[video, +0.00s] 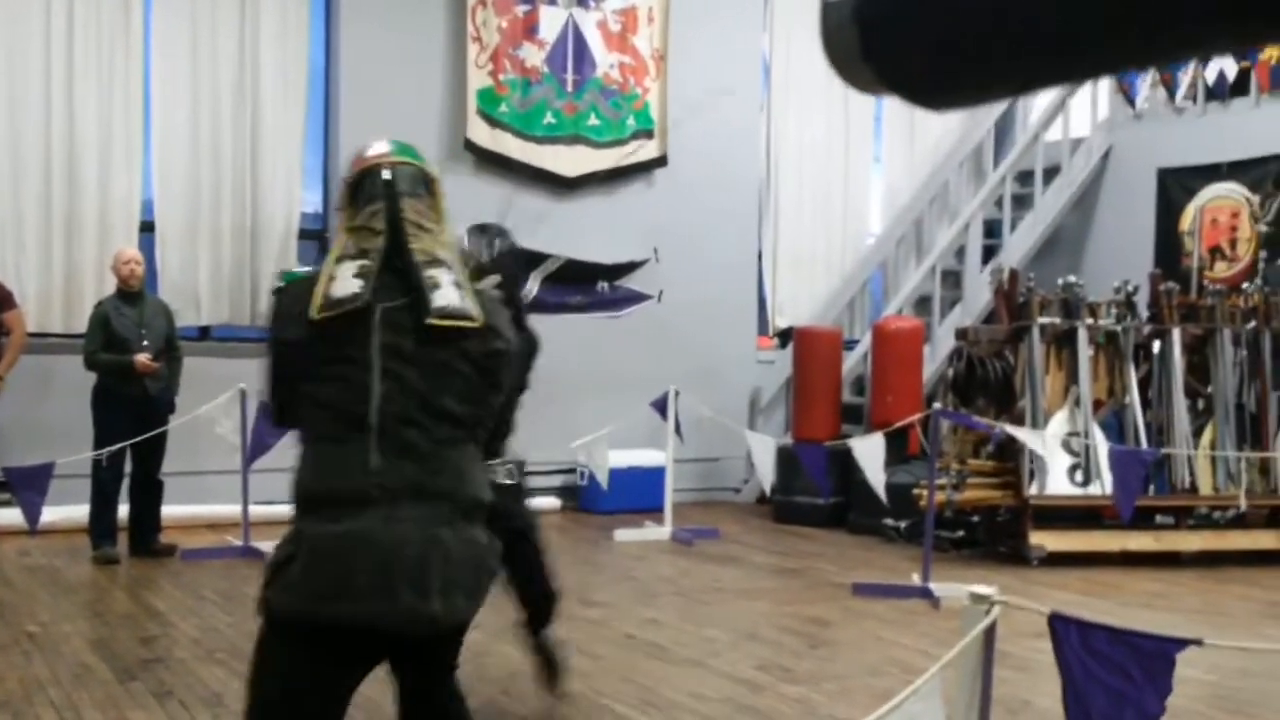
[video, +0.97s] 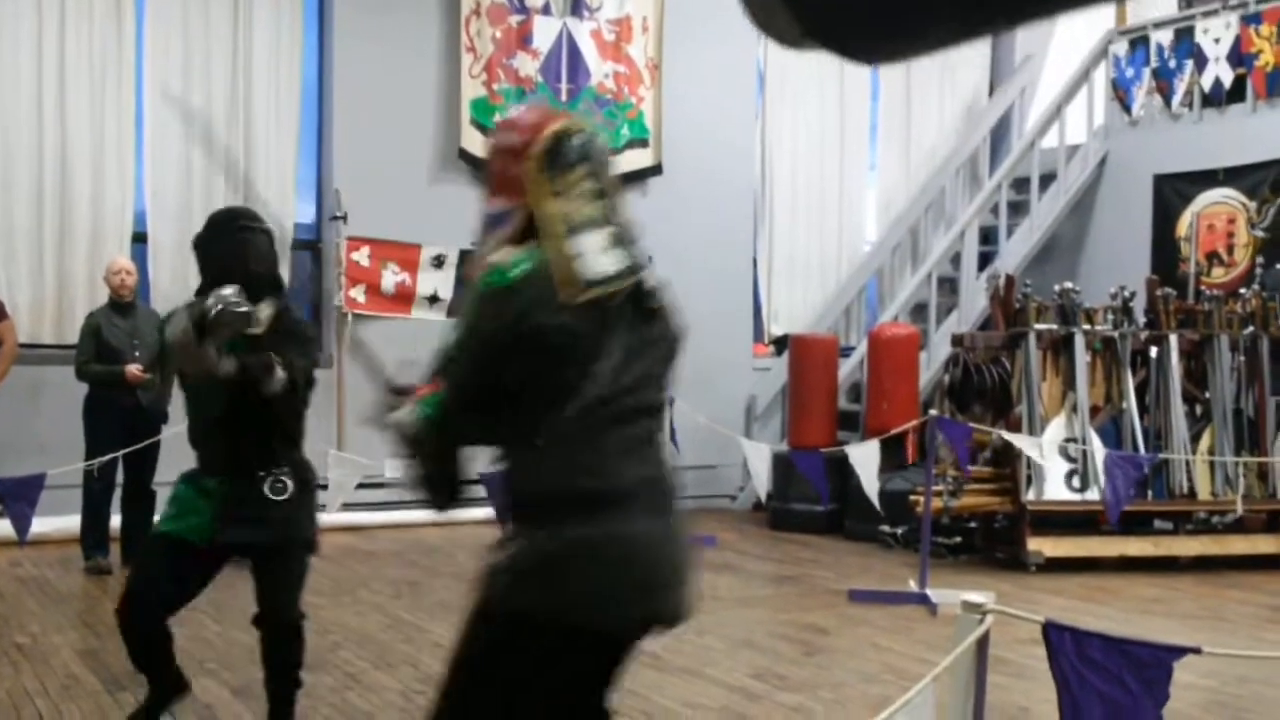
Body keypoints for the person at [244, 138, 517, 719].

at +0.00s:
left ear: (347, 209)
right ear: (433, 206)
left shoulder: (302, 300)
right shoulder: (484, 308)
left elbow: (287, 409)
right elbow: (489, 431)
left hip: (332, 567)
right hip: (443, 568)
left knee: (284, 708)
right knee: (432, 686)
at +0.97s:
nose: (220, 271)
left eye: (226, 260)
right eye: (214, 261)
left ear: (253, 262)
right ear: (209, 268)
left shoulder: (289, 328)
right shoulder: (192, 323)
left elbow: (289, 396)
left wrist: (235, 362)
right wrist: (205, 328)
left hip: (279, 490)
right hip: (210, 491)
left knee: (279, 617)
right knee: (138, 609)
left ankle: (281, 709)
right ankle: (166, 684)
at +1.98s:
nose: (260, 261)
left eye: (260, 250)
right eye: (253, 251)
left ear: (213, 257)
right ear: (230, 257)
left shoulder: (194, 303)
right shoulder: (217, 321)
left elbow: (214, 390)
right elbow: (231, 403)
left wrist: (238, 443)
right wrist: (244, 450)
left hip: (168, 446)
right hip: (192, 452)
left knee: (160, 541)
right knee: (245, 535)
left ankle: (134, 631)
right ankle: (230, 640)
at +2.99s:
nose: (492, 276)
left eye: (497, 268)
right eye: (482, 269)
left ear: (503, 272)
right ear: (463, 272)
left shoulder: (516, 327)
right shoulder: (439, 330)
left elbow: (533, 386)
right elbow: (438, 397)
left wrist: (516, 430)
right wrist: (461, 443)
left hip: (498, 441)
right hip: (446, 441)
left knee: (537, 530)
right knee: (421, 529)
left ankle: (538, 616)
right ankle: (368, 616)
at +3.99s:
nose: (497, 259)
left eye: (497, 250)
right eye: (486, 253)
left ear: (500, 256)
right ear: (465, 262)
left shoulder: (516, 313)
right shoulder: (450, 316)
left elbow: (531, 363)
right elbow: (465, 353)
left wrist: (547, 362)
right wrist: (515, 356)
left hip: (508, 430)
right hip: (460, 434)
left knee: (541, 523)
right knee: (463, 512)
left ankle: (543, 612)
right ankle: (458, 601)